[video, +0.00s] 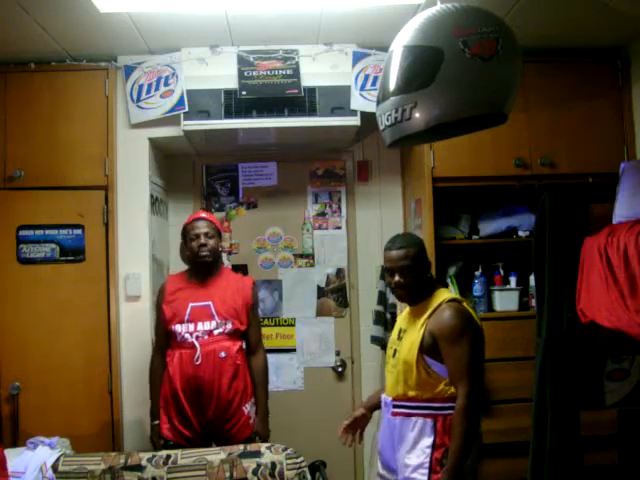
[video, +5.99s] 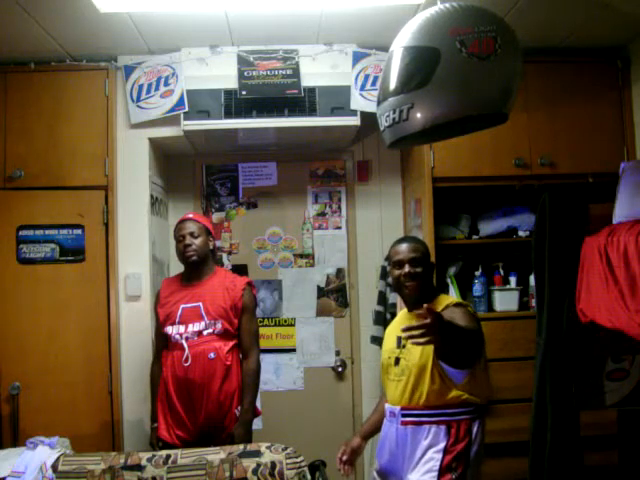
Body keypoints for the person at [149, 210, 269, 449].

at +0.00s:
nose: (202, 242)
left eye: (209, 236)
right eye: (194, 237)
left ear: (220, 243)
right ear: (184, 248)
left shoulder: (243, 287)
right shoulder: (169, 288)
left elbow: (256, 351)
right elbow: (160, 353)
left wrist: (262, 416)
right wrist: (156, 417)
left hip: (234, 415)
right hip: (180, 416)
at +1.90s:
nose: (186, 241)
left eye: (193, 234)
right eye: (180, 238)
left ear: (210, 241)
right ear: (176, 247)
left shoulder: (237, 287)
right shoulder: (166, 290)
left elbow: (251, 354)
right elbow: (159, 355)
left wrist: (245, 416)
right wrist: (157, 418)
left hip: (225, 415)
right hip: (176, 416)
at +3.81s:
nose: (187, 241)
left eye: (195, 235)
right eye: (180, 238)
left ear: (211, 242)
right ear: (176, 248)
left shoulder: (237, 288)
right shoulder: (167, 290)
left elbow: (251, 355)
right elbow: (160, 355)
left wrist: (246, 417)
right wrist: (157, 419)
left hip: (225, 416)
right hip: (176, 416)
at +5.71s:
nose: (186, 241)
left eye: (194, 235)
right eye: (180, 238)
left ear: (211, 241)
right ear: (176, 247)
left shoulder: (237, 288)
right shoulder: (167, 290)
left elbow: (251, 355)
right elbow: (160, 356)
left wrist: (245, 418)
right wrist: (157, 420)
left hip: (225, 416)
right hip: (176, 417)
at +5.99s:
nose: (186, 242)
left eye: (194, 235)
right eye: (180, 238)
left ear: (210, 242)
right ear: (176, 248)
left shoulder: (237, 288)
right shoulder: (167, 290)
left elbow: (251, 355)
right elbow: (160, 355)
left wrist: (245, 418)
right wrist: (157, 419)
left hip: (225, 416)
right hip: (176, 416)